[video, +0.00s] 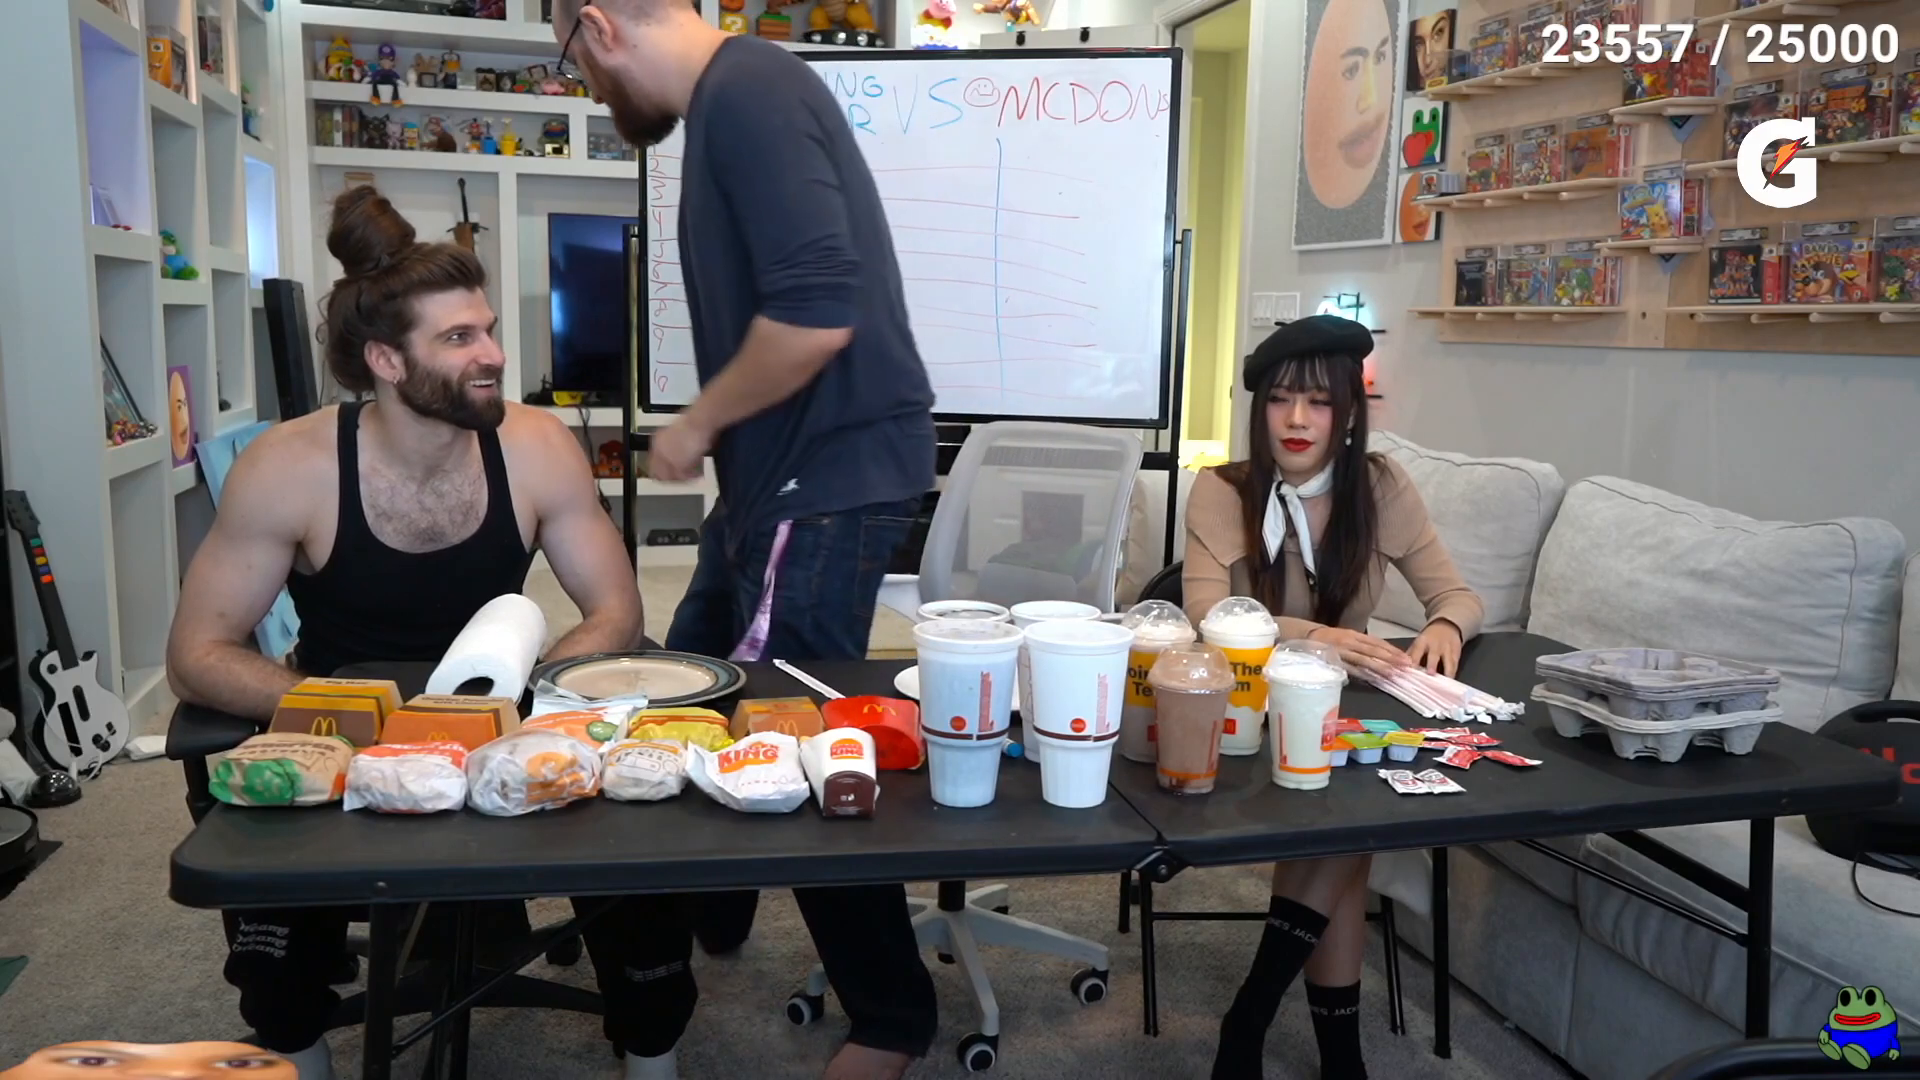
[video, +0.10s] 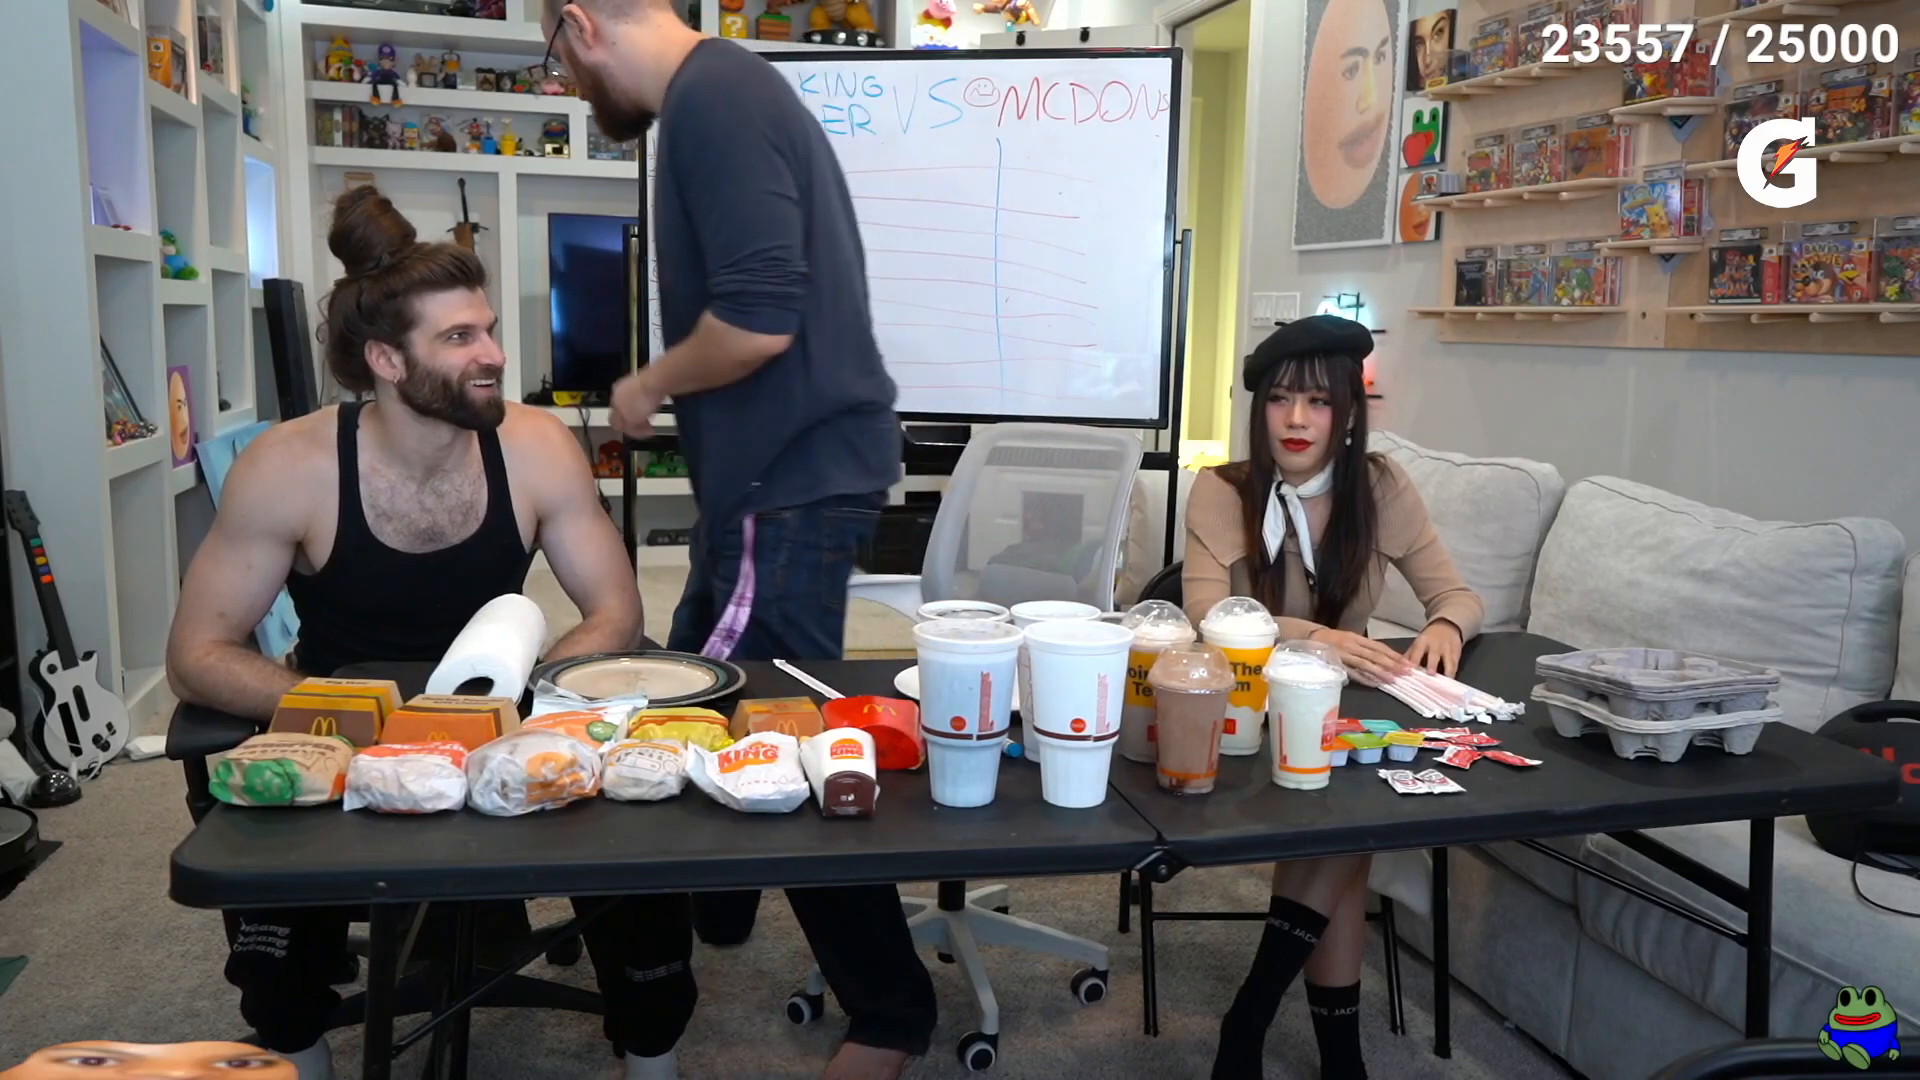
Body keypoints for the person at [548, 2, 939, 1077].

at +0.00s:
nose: (588, 89)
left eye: (576, 60)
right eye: (576, 68)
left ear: (607, 28)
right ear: (643, 21)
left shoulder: (749, 92)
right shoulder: (730, 103)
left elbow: (815, 310)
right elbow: (791, 312)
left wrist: (696, 422)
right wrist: (734, 441)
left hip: (829, 477)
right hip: (777, 477)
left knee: (795, 739)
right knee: (688, 699)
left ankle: (894, 1021)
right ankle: (710, 913)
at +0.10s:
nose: (568, 84)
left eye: (560, 57)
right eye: (558, 65)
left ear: (586, 24)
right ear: (638, 15)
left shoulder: (714, 100)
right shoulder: (717, 94)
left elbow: (757, 317)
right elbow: (758, 311)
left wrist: (652, 381)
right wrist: (664, 382)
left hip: (792, 472)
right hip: (766, 468)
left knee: (778, 741)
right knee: (703, 703)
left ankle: (894, 1016)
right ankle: (719, 903)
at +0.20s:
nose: (550, 83)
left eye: (544, 56)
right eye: (544, 61)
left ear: (570, 28)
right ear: (627, 18)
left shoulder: (679, 109)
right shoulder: (714, 97)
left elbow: (712, 322)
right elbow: (752, 301)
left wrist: (607, 359)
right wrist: (639, 360)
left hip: (754, 466)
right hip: (774, 457)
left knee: (773, 734)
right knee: (725, 703)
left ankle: (887, 1002)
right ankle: (720, 914)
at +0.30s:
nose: (519, 77)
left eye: (512, 53)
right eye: (517, 56)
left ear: (530, 32)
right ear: (607, 21)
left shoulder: (620, 120)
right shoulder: (707, 101)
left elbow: (654, 331)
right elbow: (734, 291)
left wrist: (564, 359)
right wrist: (614, 359)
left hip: (715, 460)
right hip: (779, 441)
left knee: (699, 719)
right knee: (718, 697)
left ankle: (856, 956)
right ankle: (721, 902)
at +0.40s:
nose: (489, 88)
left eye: (481, 68)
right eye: (482, 71)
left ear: (493, 55)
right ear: (576, 35)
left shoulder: (566, 137)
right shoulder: (689, 111)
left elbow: (606, 338)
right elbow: (716, 291)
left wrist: (524, 384)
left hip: (683, 477)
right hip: (774, 457)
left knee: (657, 707)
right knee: (740, 703)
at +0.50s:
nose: (462, 110)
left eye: (455, 92)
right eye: (457, 94)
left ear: (465, 75)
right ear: (548, 51)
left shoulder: (523, 154)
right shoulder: (658, 122)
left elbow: (570, 334)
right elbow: (689, 280)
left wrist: (496, 413)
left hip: (642, 473)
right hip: (746, 458)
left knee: (627, 689)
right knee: (728, 684)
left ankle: (631, 915)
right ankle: (727, 902)